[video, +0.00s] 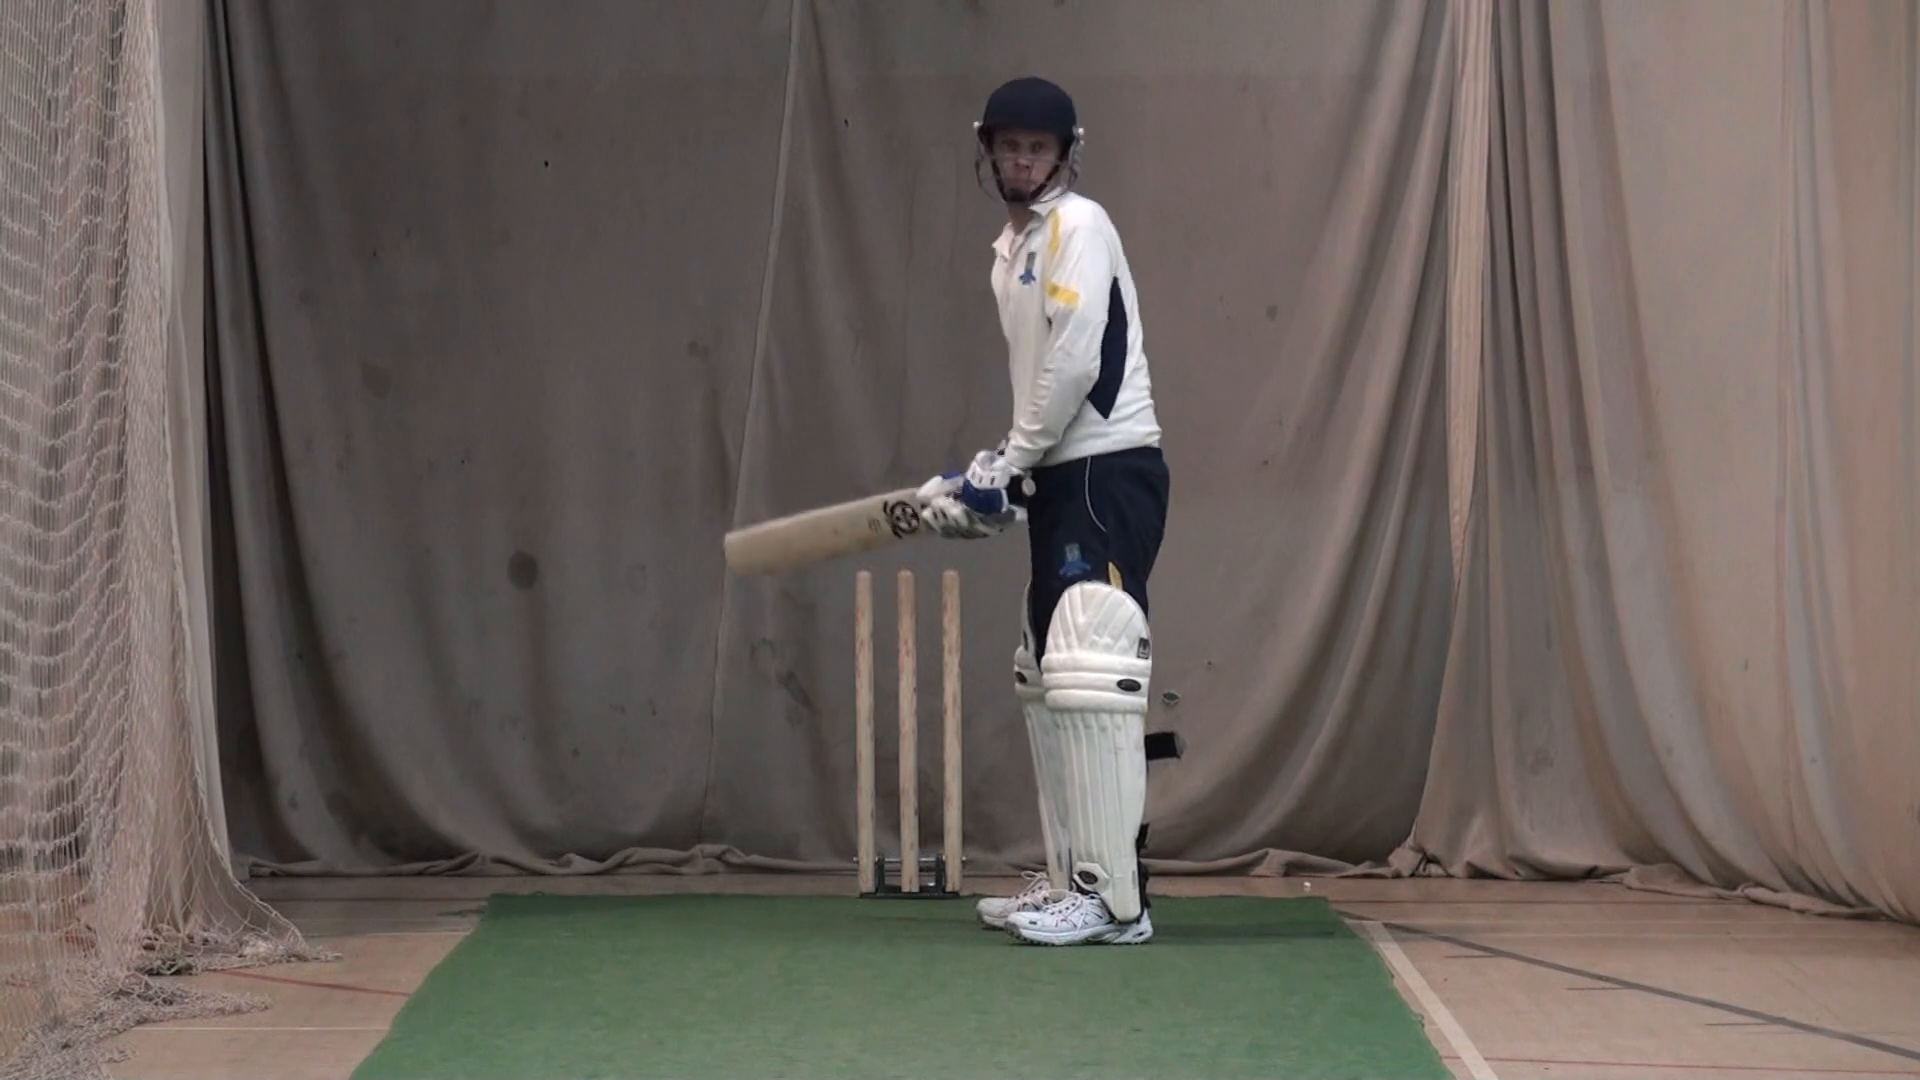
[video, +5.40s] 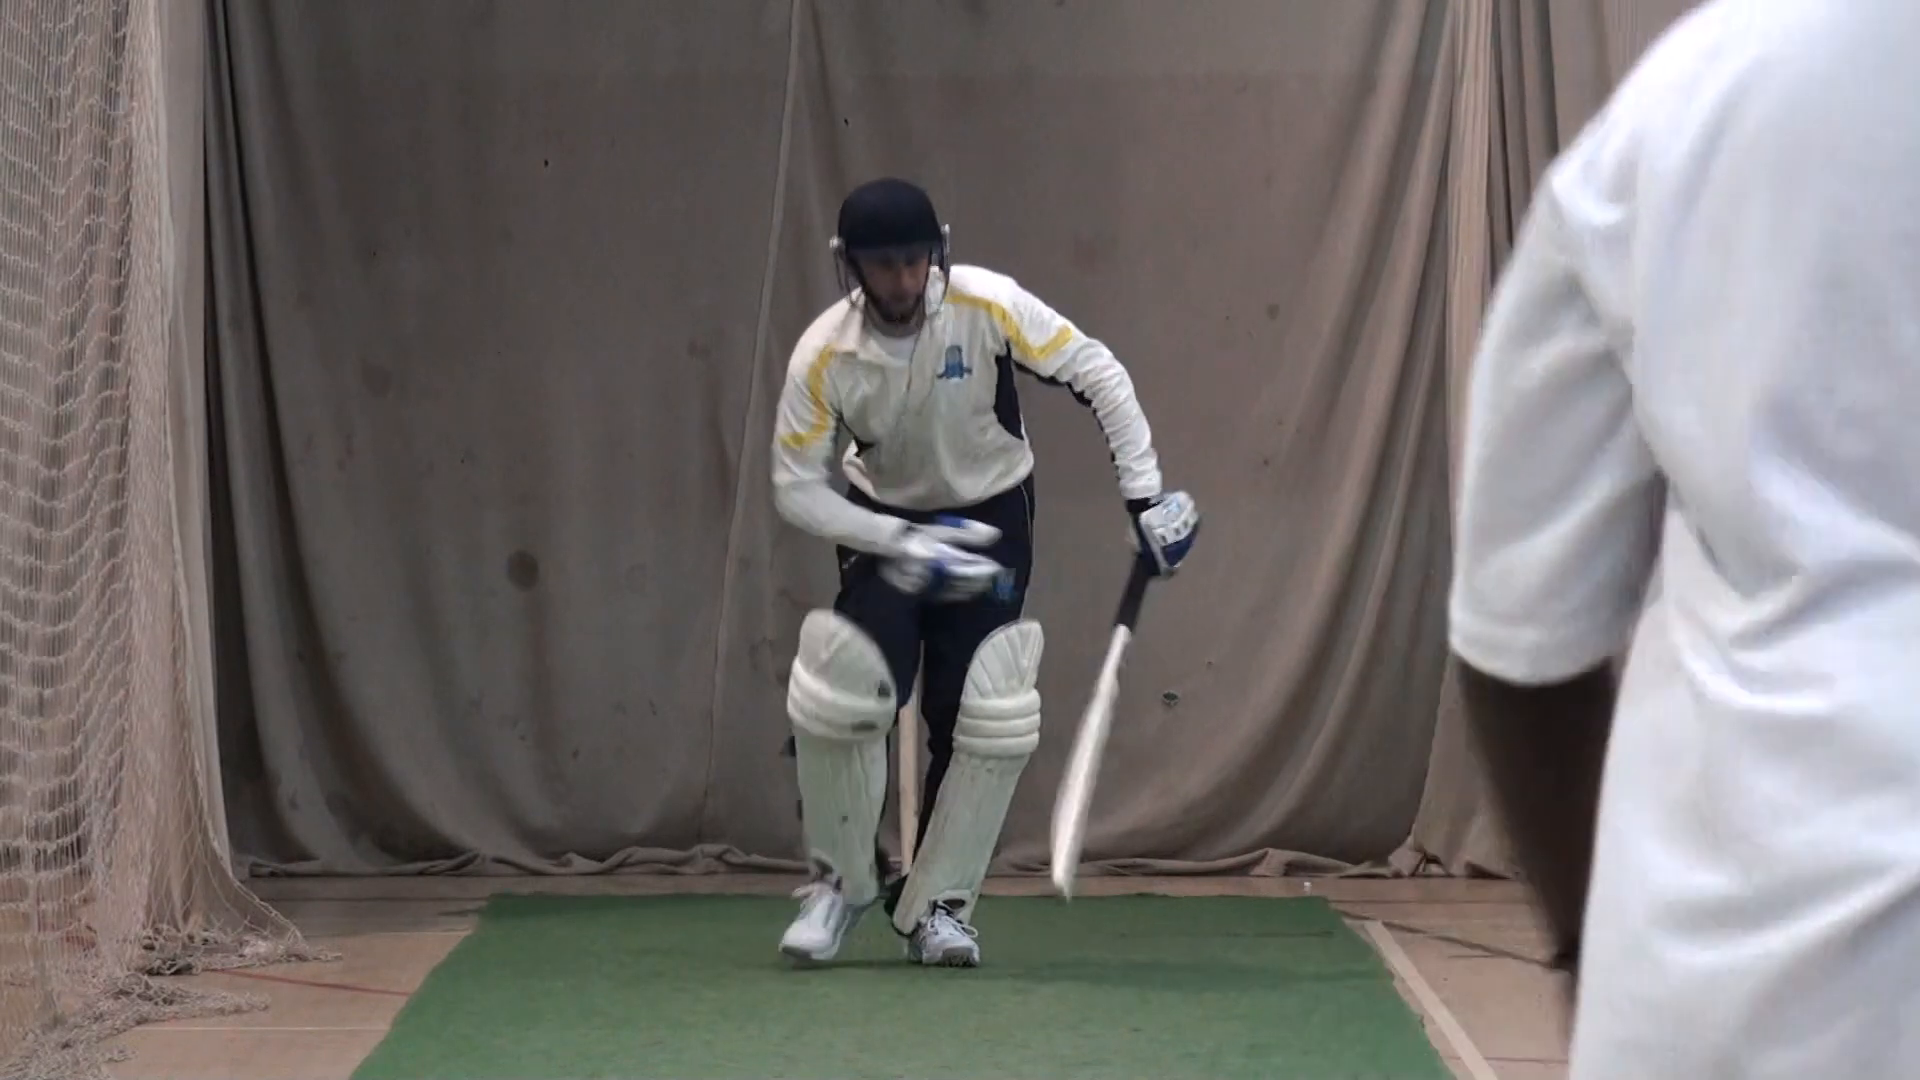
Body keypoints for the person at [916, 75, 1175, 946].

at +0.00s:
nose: (1021, 161)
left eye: (1038, 147)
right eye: (1007, 146)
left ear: (1065, 153)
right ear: (988, 153)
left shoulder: (1077, 225)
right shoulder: (1010, 250)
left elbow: (1075, 366)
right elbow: (1035, 385)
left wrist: (1003, 467)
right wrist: (984, 480)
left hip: (1105, 473)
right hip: (1058, 478)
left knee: (1093, 677)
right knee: (1050, 676)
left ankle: (1113, 897)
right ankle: (1073, 879)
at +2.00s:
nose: (977, 196)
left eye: (992, 180)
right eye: (961, 183)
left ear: (1020, 180)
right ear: (942, 191)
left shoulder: (1039, 244)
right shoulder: (989, 278)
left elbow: (1071, 376)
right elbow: (1041, 405)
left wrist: (1033, 493)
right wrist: (1014, 516)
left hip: (1129, 470)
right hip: (1077, 481)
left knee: (1089, 671)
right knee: (1033, 673)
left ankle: (1113, 897)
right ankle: (1074, 881)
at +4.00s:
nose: (923, 299)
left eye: (936, 280)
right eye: (905, 286)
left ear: (958, 275)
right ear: (883, 292)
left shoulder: (992, 339)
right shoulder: (911, 359)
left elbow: (993, 471)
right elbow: (952, 435)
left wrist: (928, 514)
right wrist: (921, 454)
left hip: (1104, 520)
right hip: (1034, 542)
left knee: (1059, 670)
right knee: (985, 722)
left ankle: (1015, 872)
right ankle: (1089, 891)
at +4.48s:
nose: (902, 356)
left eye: (909, 338)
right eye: (882, 349)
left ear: (924, 320)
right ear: (852, 349)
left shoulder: (957, 320)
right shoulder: (861, 439)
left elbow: (1006, 345)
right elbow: (934, 508)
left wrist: (1009, 414)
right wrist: (1008, 524)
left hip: (1047, 511)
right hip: (962, 552)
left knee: (1045, 670)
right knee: (965, 723)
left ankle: (1000, 899)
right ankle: (975, 882)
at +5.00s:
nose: (881, 394)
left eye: (895, 375)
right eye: (863, 382)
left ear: (917, 361)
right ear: (833, 377)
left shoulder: (962, 358)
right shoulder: (828, 456)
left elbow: (1094, 366)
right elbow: (924, 555)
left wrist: (1129, 462)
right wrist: (1034, 532)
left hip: (994, 564)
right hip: (905, 588)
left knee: (990, 716)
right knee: (887, 756)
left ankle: (942, 906)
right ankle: (901, 865)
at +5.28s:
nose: (906, 328)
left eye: (916, 309)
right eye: (886, 315)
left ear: (934, 294)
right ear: (852, 310)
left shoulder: (980, 325)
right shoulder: (828, 389)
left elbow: (1094, 381)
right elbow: (867, 528)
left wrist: (1118, 506)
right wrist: (980, 564)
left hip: (992, 523)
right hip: (893, 533)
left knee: (972, 713)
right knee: (854, 726)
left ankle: (946, 905)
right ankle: (880, 849)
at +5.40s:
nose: (901, 282)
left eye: (914, 262)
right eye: (881, 266)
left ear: (937, 256)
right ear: (852, 264)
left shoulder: (989, 307)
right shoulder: (824, 355)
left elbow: (1099, 374)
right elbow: (797, 489)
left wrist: (1147, 495)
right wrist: (900, 540)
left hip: (990, 518)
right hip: (884, 521)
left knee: (988, 711)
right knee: (842, 698)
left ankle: (943, 906)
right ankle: (837, 885)